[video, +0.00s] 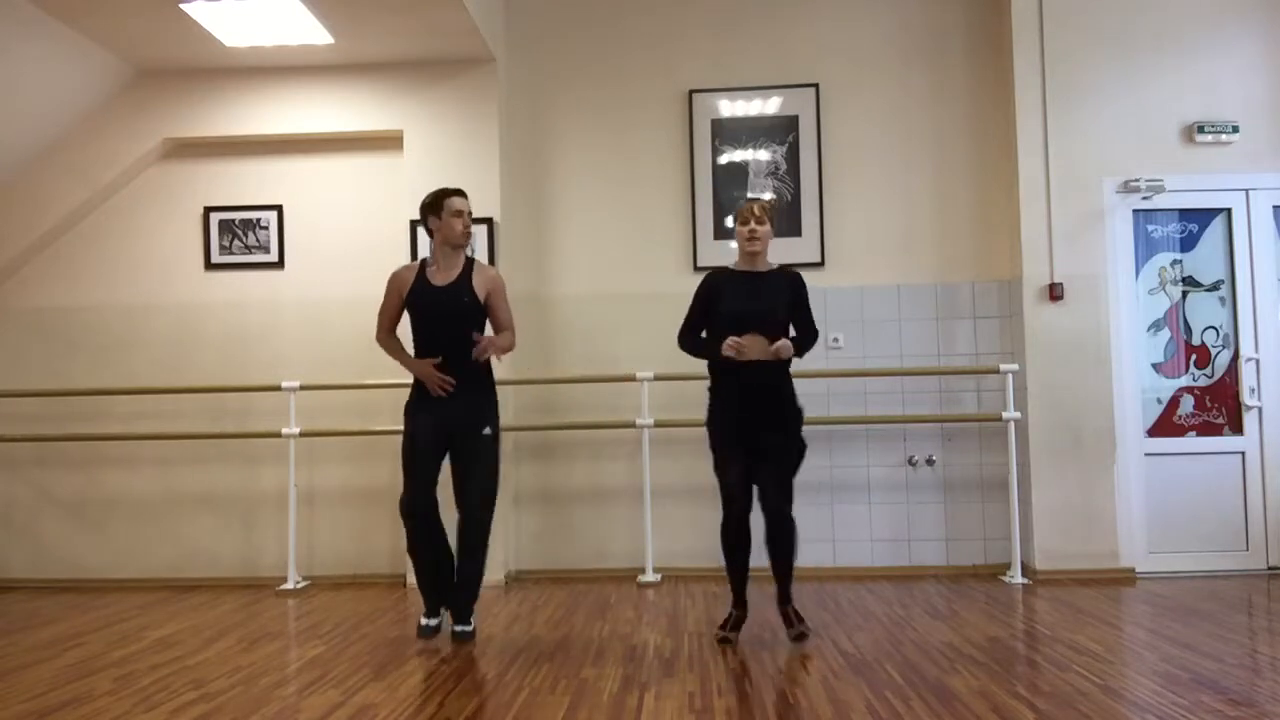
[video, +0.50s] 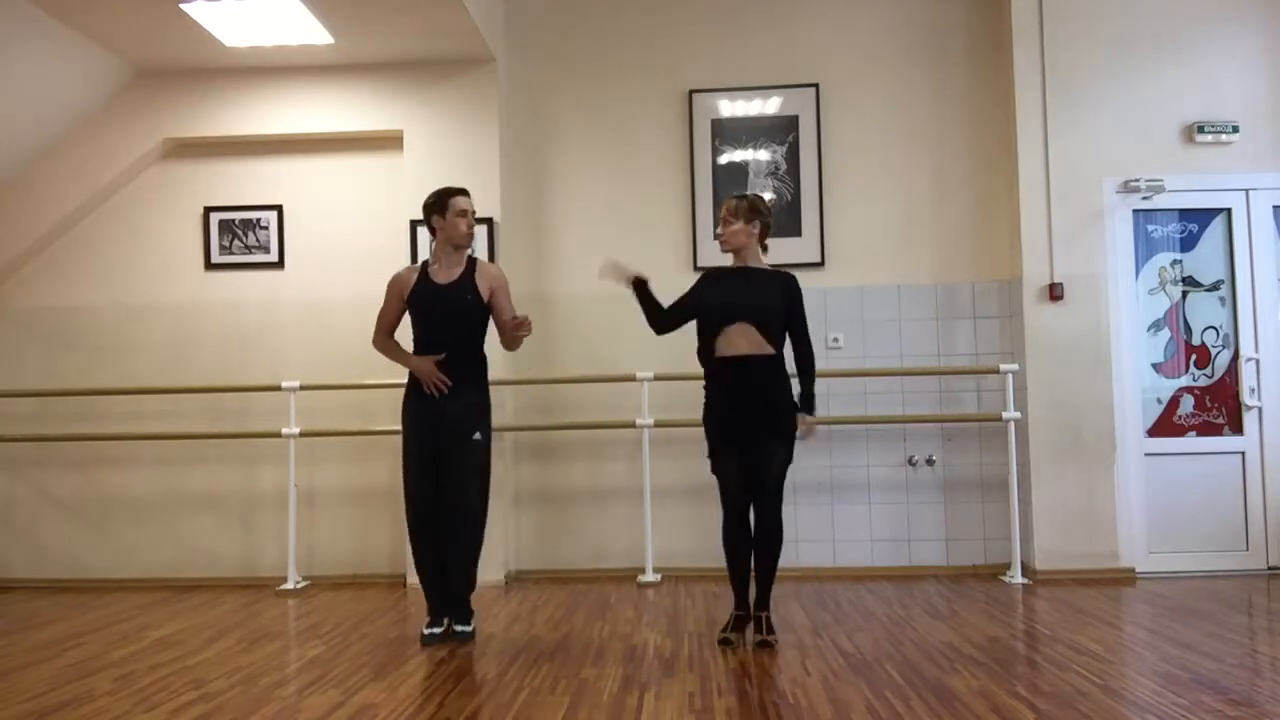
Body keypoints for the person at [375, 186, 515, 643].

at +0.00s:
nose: (466, 222)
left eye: (468, 216)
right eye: (456, 215)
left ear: (470, 224)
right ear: (432, 224)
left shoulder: (487, 278)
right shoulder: (405, 279)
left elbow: (507, 336)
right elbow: (384, 334)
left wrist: (494, 344)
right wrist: (413, 365)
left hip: (476, 405)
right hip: (427, 404)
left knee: (476, 509)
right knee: (416, 502)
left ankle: (464, 608)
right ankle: (434, 599)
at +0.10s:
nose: (466, 229)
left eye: (469, 223)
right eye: (457, 222)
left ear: (471, 230)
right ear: (433, 230)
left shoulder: (486, 287)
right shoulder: (405, 286)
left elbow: (505, 354)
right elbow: (385, 341)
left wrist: (497, 344)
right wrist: (413, 372)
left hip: (480, 410)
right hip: (430, 411)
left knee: (483, 513)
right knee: (420, 514)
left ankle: (466, 611)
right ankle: (438, 605)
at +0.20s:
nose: (466, 229)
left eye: (469, 222)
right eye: (457, 222)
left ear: (471, 230)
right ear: (433, 229)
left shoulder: (487, 285)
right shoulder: (406, 287)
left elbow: (503, 354)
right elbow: (385, 345)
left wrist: (500, 340)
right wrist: (415, 371)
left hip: (478, 408)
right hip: (429, 409)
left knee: (480, 513)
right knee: (425, 512)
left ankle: (466, 609)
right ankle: (438, 604)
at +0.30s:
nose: (468, 222)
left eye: (470, 215)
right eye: (458, 215)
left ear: (472, 222)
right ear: (434, 223)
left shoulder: (490, 274)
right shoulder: (407, 279)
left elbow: (506, 340)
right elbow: (381, 333)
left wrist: (511, 330)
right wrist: (413, 359)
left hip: (472, 403)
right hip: (424, 403)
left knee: (469, 511)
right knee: (423, 512)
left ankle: (464, 611)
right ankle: (433, 614)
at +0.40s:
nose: (469, 223)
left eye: (471, 216)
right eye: (460, 216)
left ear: (472, 224)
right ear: (435, 224)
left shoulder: (490, 276)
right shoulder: (408, 282)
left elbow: (510, 339)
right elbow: (381, 337)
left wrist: (516, 329)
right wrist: (412, 361)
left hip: (469, 403)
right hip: (423, 404)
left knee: (465, 508)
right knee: (424, 507)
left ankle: (459, 611)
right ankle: (433, 613)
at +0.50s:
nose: (470, 222)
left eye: (472, 215)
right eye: (461, 215)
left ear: (473, 223)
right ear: (436, 223)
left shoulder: (489, 276)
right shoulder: (407, 281)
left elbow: (508, 340)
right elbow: (381, 338)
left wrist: (518, 329)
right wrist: (413, 362)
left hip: (469, 401)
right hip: (423, 403)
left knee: (466, 507)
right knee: (424, 506)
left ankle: (461, 611)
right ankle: (437, 612)